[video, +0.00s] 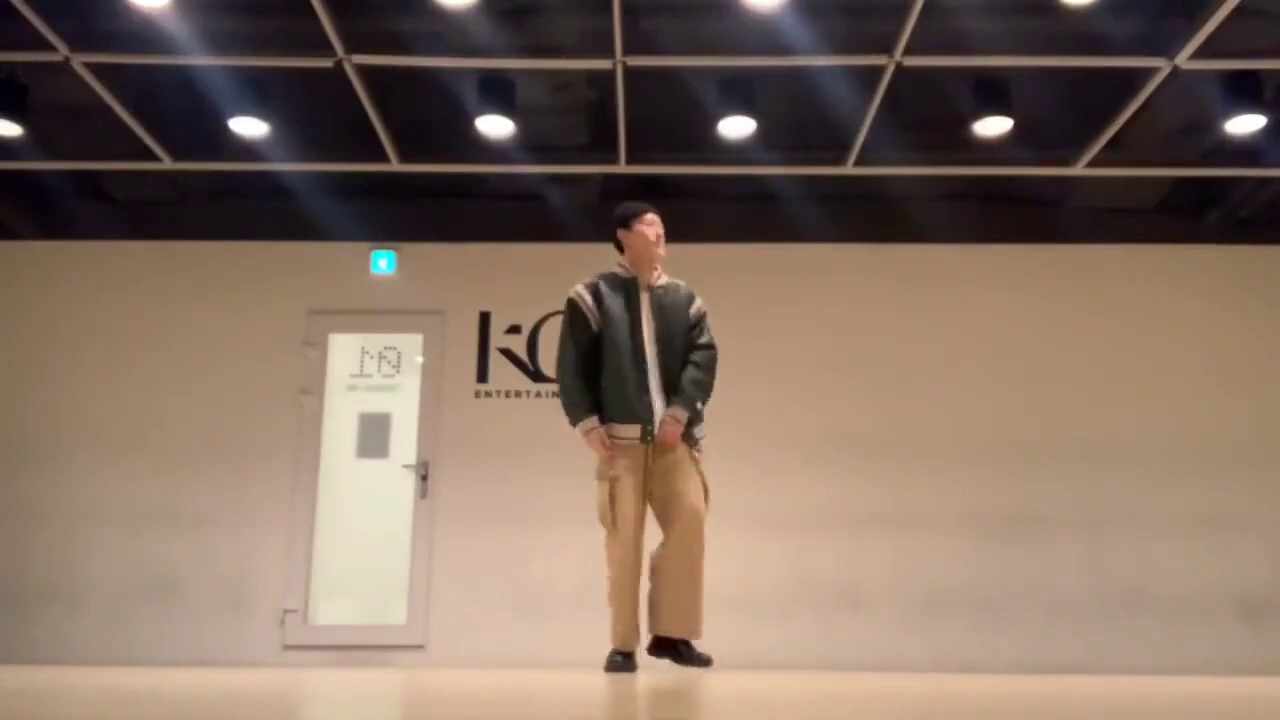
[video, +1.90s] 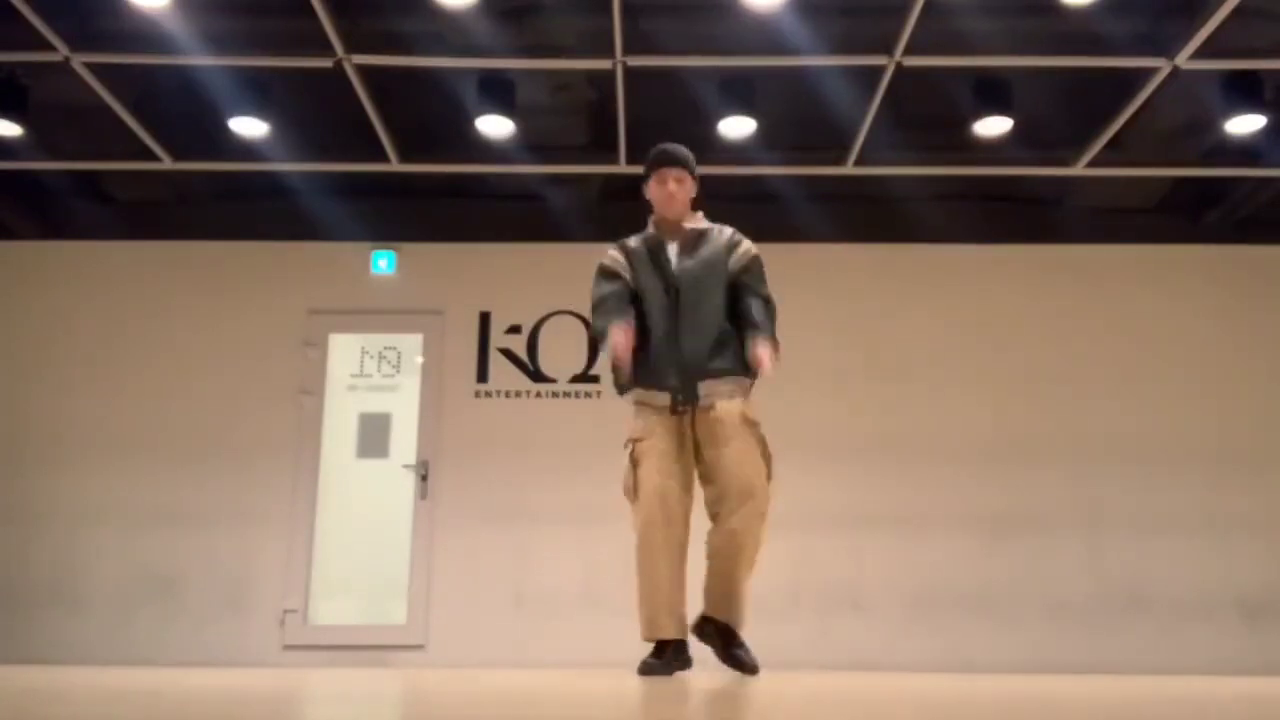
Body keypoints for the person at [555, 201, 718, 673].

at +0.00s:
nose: (657, 233)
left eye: (659, 226)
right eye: (647, 226)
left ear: (664, 237)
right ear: (623, 237)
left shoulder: (683, 298)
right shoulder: (593, 298)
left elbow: (702, 358)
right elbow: (571, 368)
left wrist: (680, 412)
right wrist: (587, 424)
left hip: (673, 439)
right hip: (619, 441)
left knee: (690, 521)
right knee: (624, 543)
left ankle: (671, 634)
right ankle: (623, 645)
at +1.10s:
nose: (702, 200)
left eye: (711, 194)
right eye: (693, 195)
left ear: (726, 211)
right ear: (680, 213)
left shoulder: (758, 274)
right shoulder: (651, 274)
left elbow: (779, 344)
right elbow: (628, 344)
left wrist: (764, 402)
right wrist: (630, 395)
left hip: (733, 422)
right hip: (670, 420)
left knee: (723, 535)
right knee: (669, 513)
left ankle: (708, 645)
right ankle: (647, 625)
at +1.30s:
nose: (683, 202)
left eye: (692, 195)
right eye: (675, 197)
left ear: (710, 207)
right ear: (664, 213)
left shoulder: (748, 266)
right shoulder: (643, 274)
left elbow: (793, 307)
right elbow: (607, 325)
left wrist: (787, 335)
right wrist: (590, 351)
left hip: (730, 420)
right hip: (667, 419)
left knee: (719, 530)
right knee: (663, 516)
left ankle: (707, 644)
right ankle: (664, 642)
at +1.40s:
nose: (677, 199)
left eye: (685, 190)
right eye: (667, 191)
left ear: (702, 199)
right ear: (655, 204)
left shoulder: (740, 253)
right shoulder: (632, 265)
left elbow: (784, 300)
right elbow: (593, 315)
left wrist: (786, 261)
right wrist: (578, 275)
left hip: (728, 417)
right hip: (662, 416)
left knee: (727, 520)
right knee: (659, 512)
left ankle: (709, 633)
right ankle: (664, 641)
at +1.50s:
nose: (678, 196)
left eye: (686, 186)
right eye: (667, 188)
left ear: (698, 195)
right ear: (649, 198)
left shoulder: (732, 246)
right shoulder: (626, 254)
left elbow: (783, 236)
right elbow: (572, 244)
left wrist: (749, 183)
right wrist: (606, 187)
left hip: (724, 399)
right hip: (658, 401)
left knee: (750, 489)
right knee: (659, 498)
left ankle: (719, 618)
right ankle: (664, 641)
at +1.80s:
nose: (670, 188)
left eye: (679, 179)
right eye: (660, 178)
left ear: (694, 187)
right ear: (643, 186)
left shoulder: (718, 239)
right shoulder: (625, 245)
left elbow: (760, 292)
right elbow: (613, 290)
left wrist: (734, 248)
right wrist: (637, 229)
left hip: (719, 391)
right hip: (652, 395)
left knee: (743, 499)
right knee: (657, 509)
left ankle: (757, 628)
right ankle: (664, 642)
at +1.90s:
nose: (671, 188)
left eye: (679, 179)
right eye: (661, 180)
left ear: (695, 188)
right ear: (646, 190)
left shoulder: (732, 246)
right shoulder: (623, 256)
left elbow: (755, 301)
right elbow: (611, 302)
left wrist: (760, 338)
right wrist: (618, 328)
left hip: (723, 395)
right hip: (655, 399)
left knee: (746, 496)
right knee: (658, 507)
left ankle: (720, 620)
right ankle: (667, 640)